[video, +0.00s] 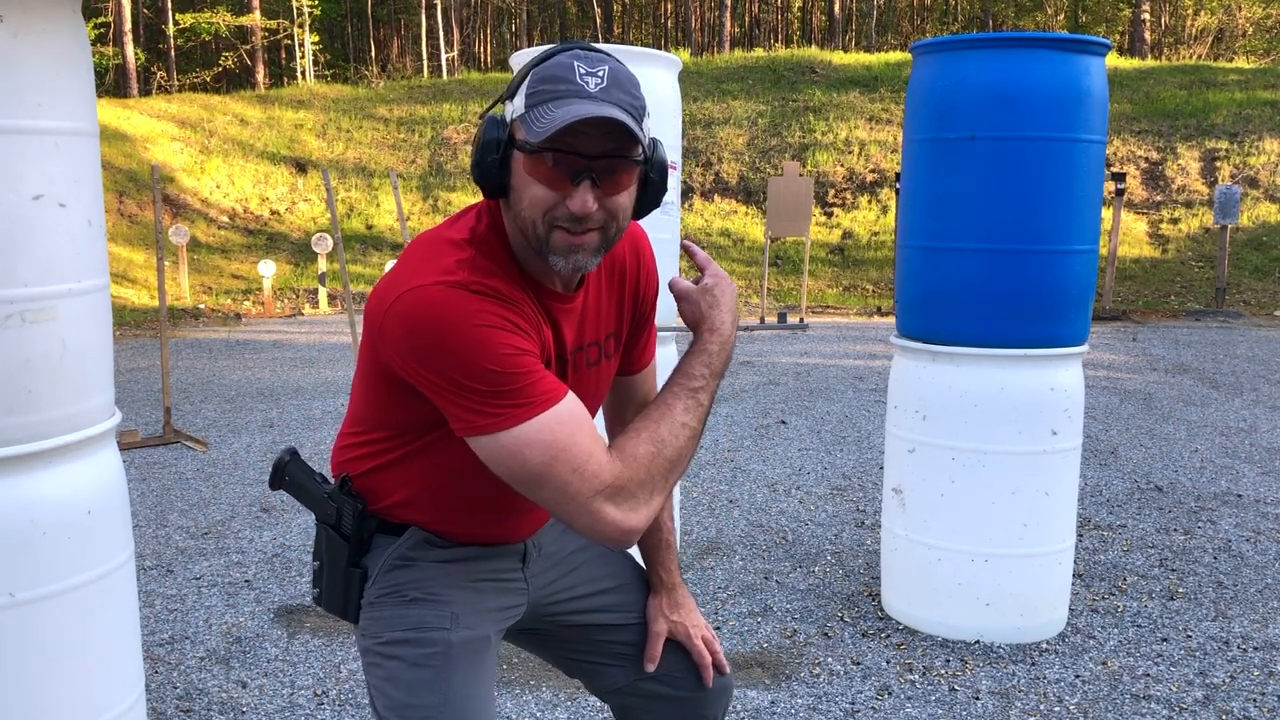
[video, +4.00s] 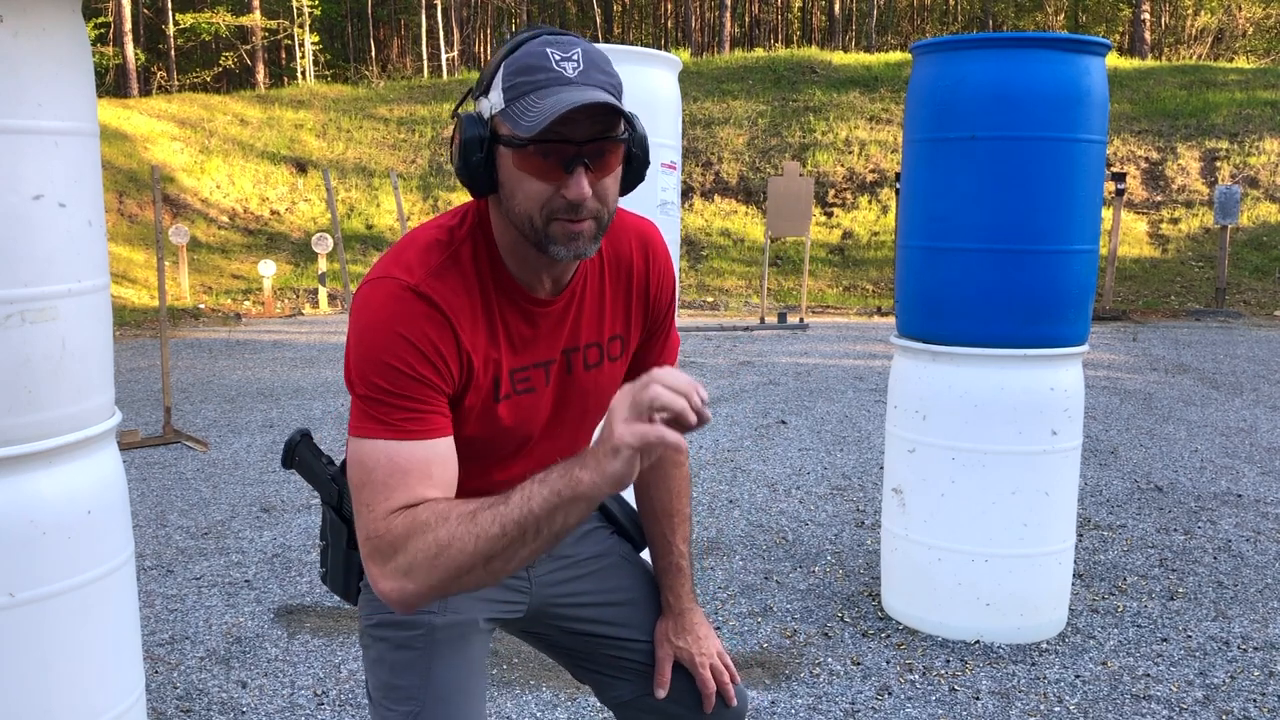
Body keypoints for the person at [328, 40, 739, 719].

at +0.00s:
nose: (583, 200)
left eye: (610, 168)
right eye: (557, 164)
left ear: (641, 176)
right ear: (504, 162)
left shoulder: (628, 256)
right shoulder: (441, 303)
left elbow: (635, 424)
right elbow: (615, 508)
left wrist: (667, 581)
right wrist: (714, 338)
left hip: (552, 536)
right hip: (427, 560)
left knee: (695, 686)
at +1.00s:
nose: (671, 204)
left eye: (674, 186)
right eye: (669, 186)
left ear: (616, 191)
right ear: (619, 193)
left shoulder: (570, 256)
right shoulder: (457, 328)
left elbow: (595, 419)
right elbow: (510, 605)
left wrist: (647, 573)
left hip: (518, 518)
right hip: (411, 562)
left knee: (674, 685)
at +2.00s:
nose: (560, 216)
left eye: (584, 181)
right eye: (533, 183)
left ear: (620, 181)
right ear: (483, 181)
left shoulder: (635, 260)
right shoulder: (422, 332)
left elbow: (658, 422)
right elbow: (423, 600)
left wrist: (698, 592)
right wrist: (651, 556)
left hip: (569, 538)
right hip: (450, 573)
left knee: (730, 698)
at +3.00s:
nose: (550, 204)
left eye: (577, 172)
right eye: (523, 171)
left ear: (613, 170)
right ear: (474, 166)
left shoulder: (628, 253)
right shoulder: (415, 313)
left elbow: (655, 432)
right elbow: (510, 558)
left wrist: (690, 599)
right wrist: (703, 430)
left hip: (567, 536)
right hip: (433, 551)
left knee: (721, 701)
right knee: (456, 705)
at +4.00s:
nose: (579, 189)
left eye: (598, 156)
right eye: (547, 157)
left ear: (624, 158)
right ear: (487, 155)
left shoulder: (639, 256)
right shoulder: (405, 298)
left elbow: (657, 431)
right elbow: (402, 566)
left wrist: (679, 600)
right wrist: (597, 470)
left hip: (572, 541)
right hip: (430, 566)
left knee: (707, 702)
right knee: (436, 707)